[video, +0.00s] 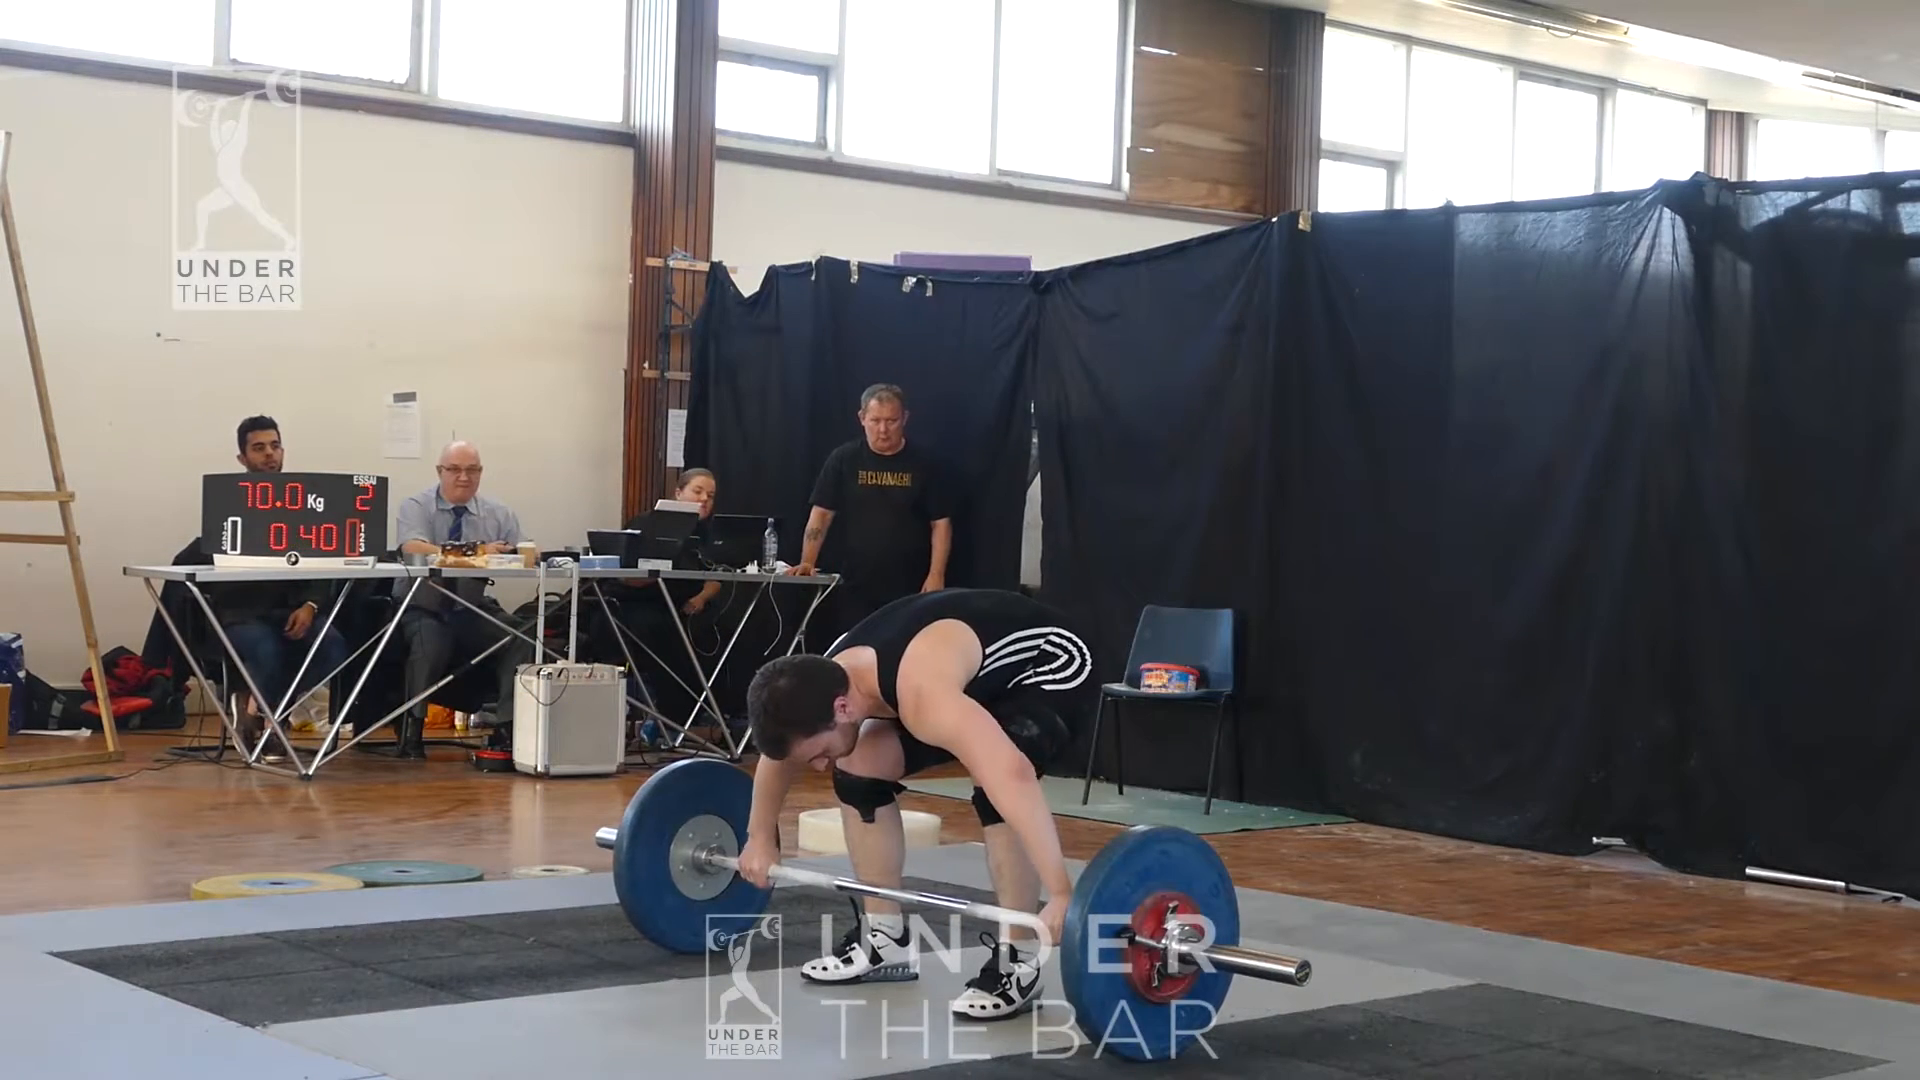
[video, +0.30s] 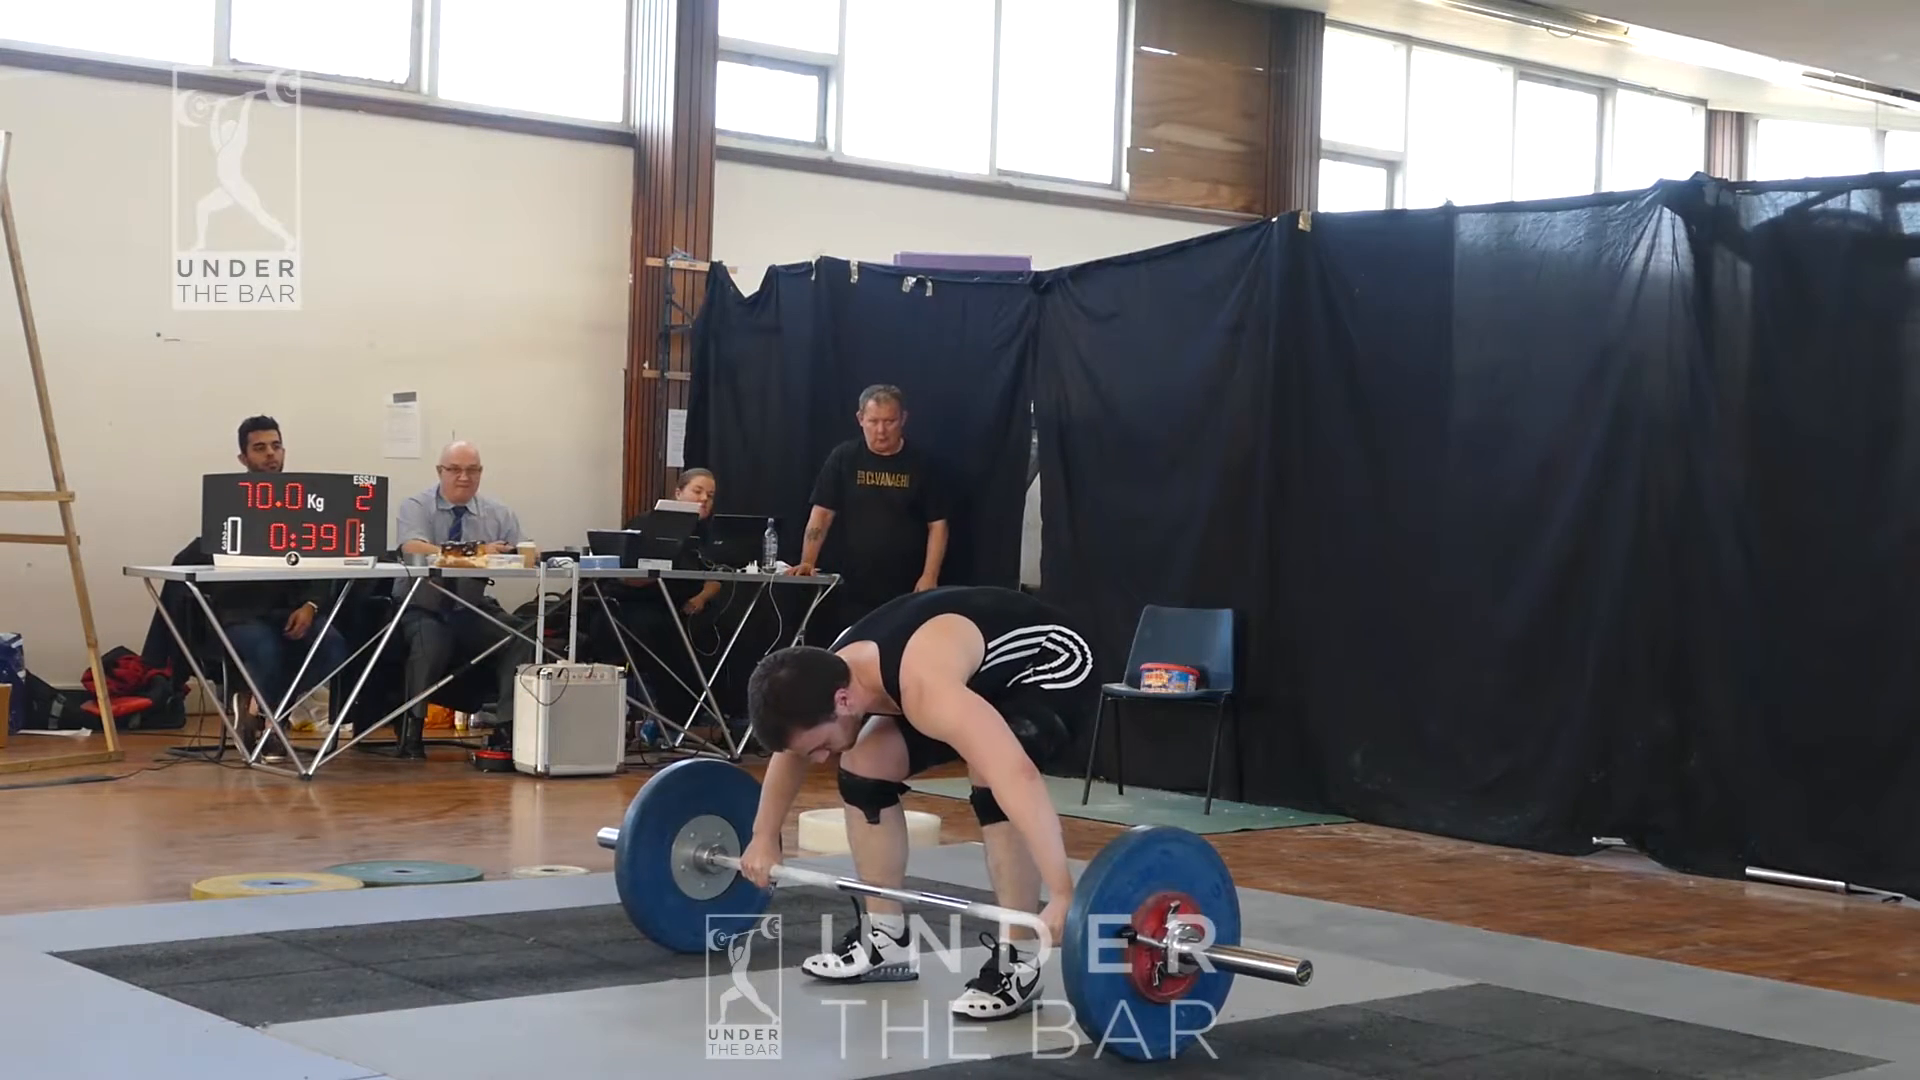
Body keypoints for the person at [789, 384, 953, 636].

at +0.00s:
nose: (883, 429)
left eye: (891, 421)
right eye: (875, 420)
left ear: (904, 419)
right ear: (862, 419)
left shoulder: (925, 463)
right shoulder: (843, 460)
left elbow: (941, 524)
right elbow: (821, 514)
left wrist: (936, 575)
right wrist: (807, 562)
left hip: (907, 585)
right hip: (855, 583)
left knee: (902, 670)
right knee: (853, 665)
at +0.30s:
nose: (881, 430)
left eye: (889, 421)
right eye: (873, 421)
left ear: (903, 419)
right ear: (860, 419)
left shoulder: (922, 464)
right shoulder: (843, 459)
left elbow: (938, 527)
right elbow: (822, 514)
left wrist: (929, 576)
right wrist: (808, 562)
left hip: (904, 585)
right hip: (852, 581)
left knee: (899, 668)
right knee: (849, 666)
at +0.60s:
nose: (882, 430)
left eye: (890, 422)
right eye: (875, 422)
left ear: (904, 420)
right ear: (862, 419)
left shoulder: (924, 465)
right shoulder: (844, 459)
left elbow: (938, 527)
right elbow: (822, 514)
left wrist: (928, 579)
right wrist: (807, 561)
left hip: (904, 588)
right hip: (853, 584)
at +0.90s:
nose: (886, 428)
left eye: (893, 420)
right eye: (878, 420)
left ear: (906, 420)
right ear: (864, 419)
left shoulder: (926, 464)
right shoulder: (845, 459)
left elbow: (941, 526)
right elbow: (823, 513)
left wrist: (935, 578)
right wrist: (807, 562)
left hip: (908, 588)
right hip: (856, 583)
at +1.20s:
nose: (887, 428)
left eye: (895, 420)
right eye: (879, 420)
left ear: (908, 419)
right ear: (866, 418)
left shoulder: (928, 464)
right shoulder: (846, 459)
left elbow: (943, 526)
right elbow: (823, 514)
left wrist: (937, 577)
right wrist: (808, 561)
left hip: (909, 588)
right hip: (857, 584)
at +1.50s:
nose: (890, 429)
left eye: (898, 421)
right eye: (882, 420)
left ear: (911, 420)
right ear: (869, 419)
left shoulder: (930, 464)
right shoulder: (849, 461)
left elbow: (946, 525)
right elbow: (824, 514)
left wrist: (937, 577)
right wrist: (808, 561)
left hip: (910, 588)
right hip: (857, 584)